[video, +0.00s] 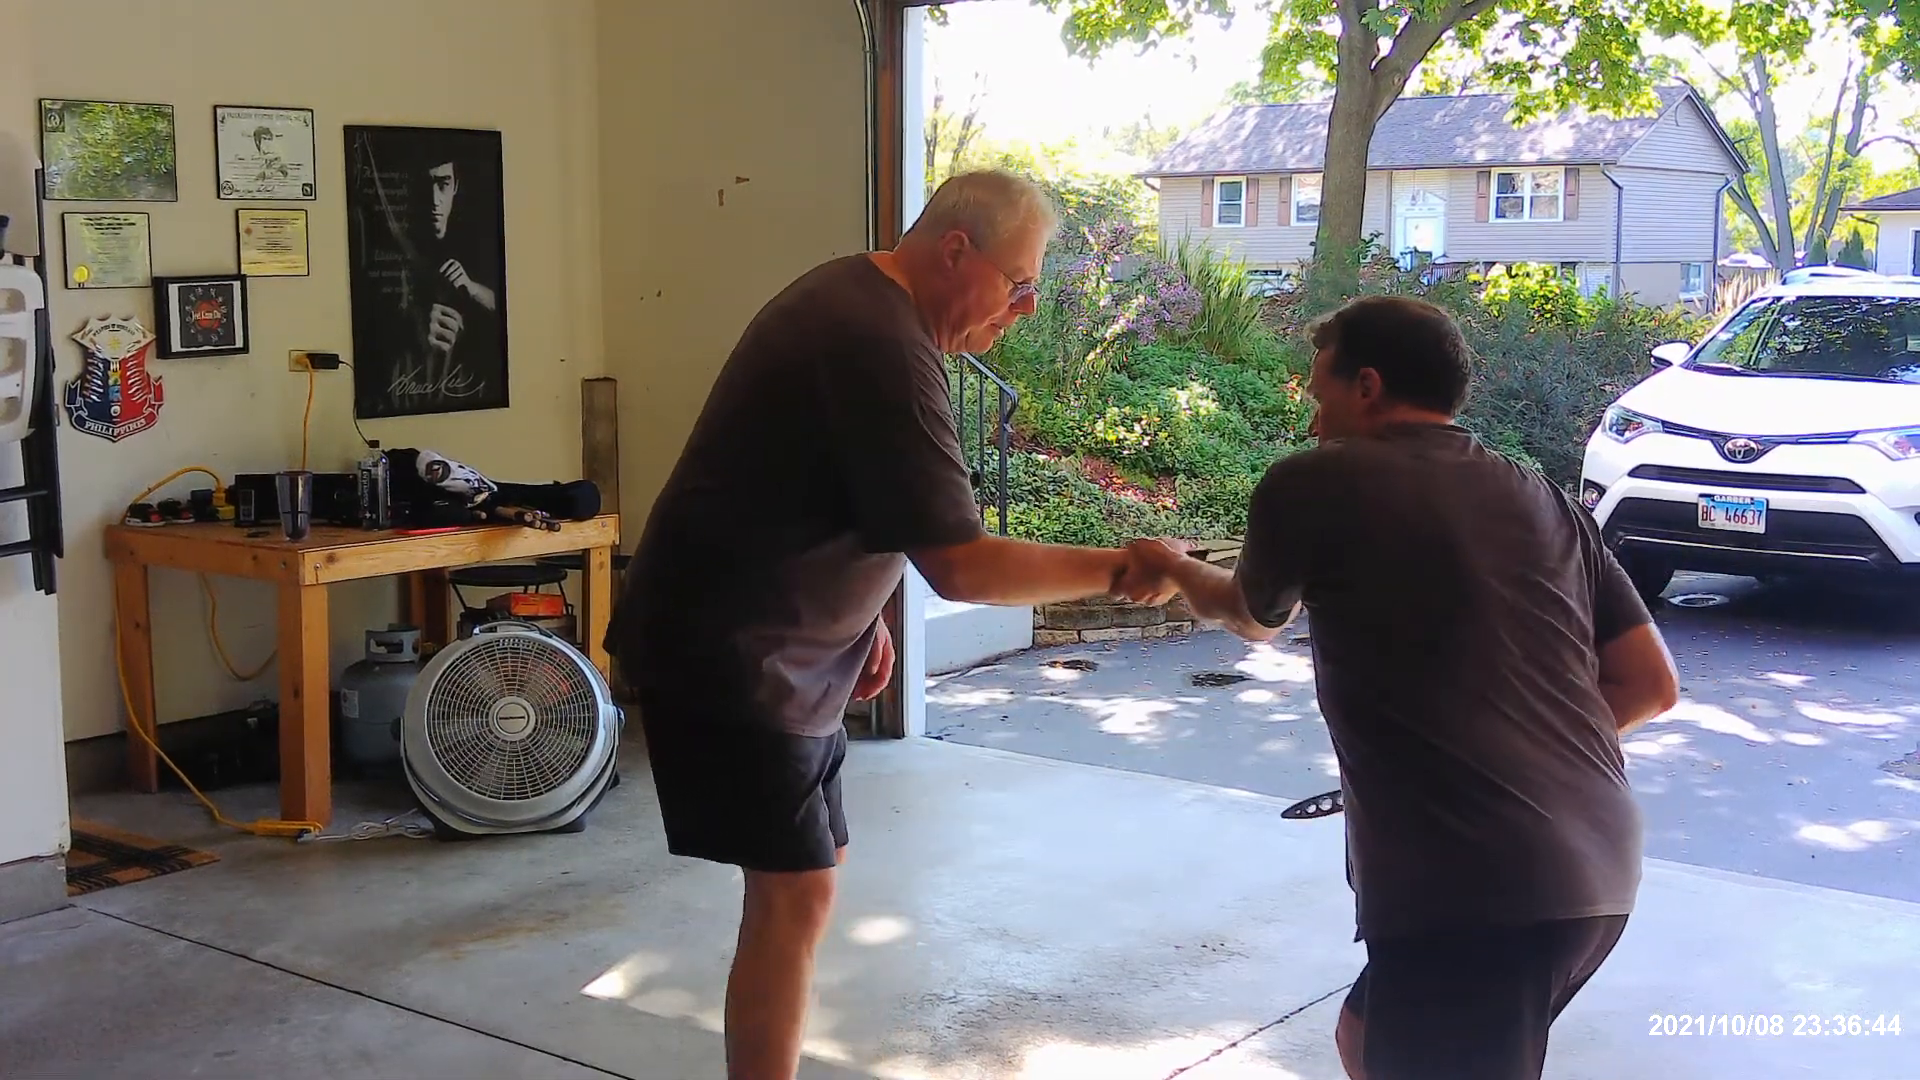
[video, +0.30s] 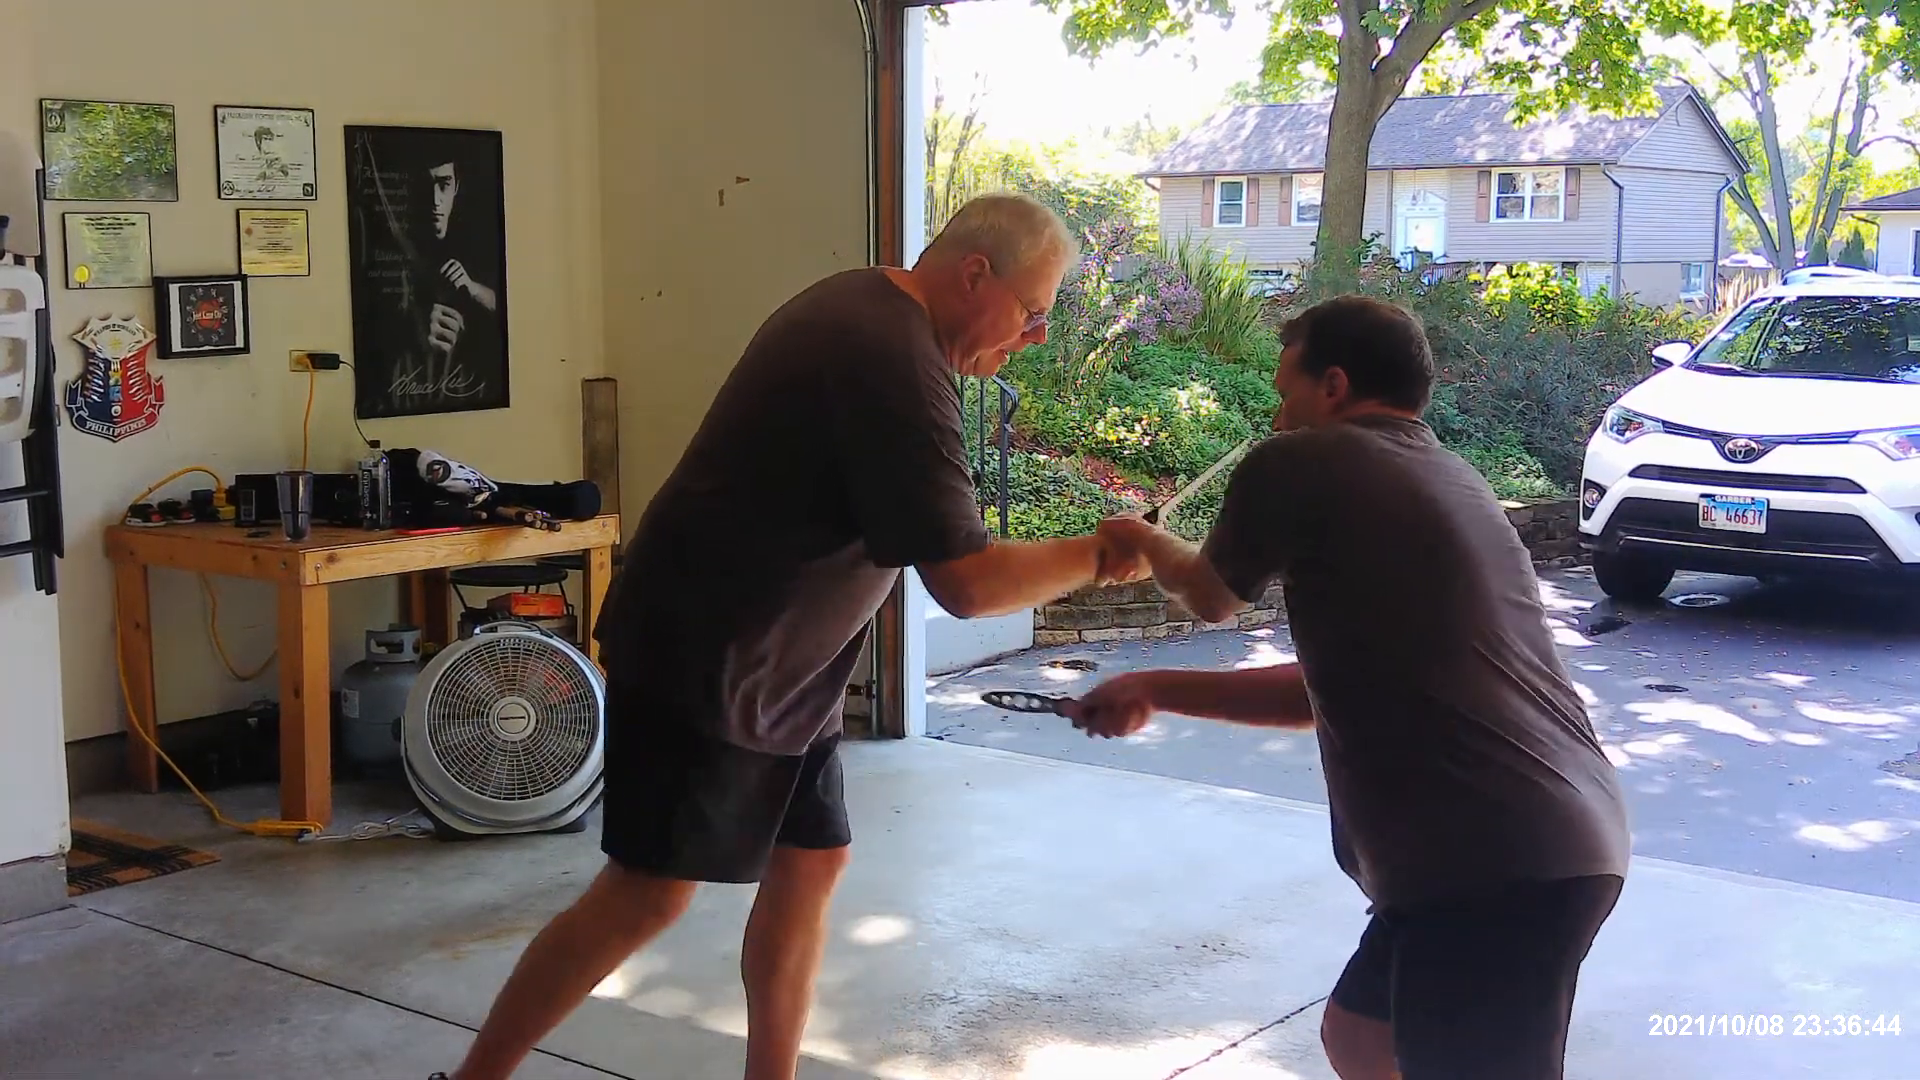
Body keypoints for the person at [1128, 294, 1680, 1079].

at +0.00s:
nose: (1313, 408)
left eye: (1321, 385)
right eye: (1315, 386)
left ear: (1369, 388)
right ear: (1443, 396)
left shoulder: (1312, 482)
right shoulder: (1541, 496)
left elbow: (1254, 611)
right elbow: (1647, 681)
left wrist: (1178, 566)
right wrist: (1514, 754)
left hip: (1472, 883)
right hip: (1603, 869)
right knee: (1367, 1032)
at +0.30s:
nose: (1277, 412)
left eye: (1284, 388)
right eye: (1277, 389)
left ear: (1335, 385)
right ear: (1403, 396)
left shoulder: (1295, 460)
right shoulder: (1447, 477)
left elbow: (1211, 593)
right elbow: (1331, 690)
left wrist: (1146, 539)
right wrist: (1153, 689)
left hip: (1491, 854)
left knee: (1470, 1067)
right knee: (1359, 1035)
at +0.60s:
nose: (1160, 500)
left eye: (1168, 474)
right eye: (1160, 477)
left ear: (1222, 469)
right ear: (1239, 475)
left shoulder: (1311, 502)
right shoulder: (1282, 586)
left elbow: (1309, 687)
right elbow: (1157, 770)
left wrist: (1218, 672)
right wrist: (980, 814)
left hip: (1590, 853)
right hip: (1481, 855)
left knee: (1556, 1064)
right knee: (1357, 1040)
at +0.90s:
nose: (1147, 562)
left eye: (1150, 538)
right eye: (1144, 541)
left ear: (1202, 527)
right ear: (1216, 525)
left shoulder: (1330, 574)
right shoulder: (1257, 621)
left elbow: (1405, 785)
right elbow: (1139, 774)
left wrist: (1299, 768)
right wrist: (966, 812)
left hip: (1622, 873)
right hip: (1497, 873)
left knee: (1559, 1068)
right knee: (1372, 1044)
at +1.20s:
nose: (1169, 537)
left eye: (1174, 513)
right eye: (1167, 516)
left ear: (1231, 505)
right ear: (1240, 503)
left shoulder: (1371, 559)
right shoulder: (1276, 609)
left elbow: (1419, 788)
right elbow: (1142, 753)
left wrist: (1334, 742)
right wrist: (969, 793)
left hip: (1623, 882)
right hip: (1498, 880)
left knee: (1552, 1074)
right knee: (1366, 1048)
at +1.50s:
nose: (1181, 508)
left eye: (1189, 484)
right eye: (1181, 485)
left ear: (1255, 490)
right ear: (1258, 490)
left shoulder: (1400, 550)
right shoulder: (1282, 599)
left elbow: (1451, 783)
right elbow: (1138, 735)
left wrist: (1336, 724)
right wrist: (966, 787)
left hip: (1630, 883)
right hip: (1495, 880)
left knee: (1572, 1069)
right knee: (1366, 1047)